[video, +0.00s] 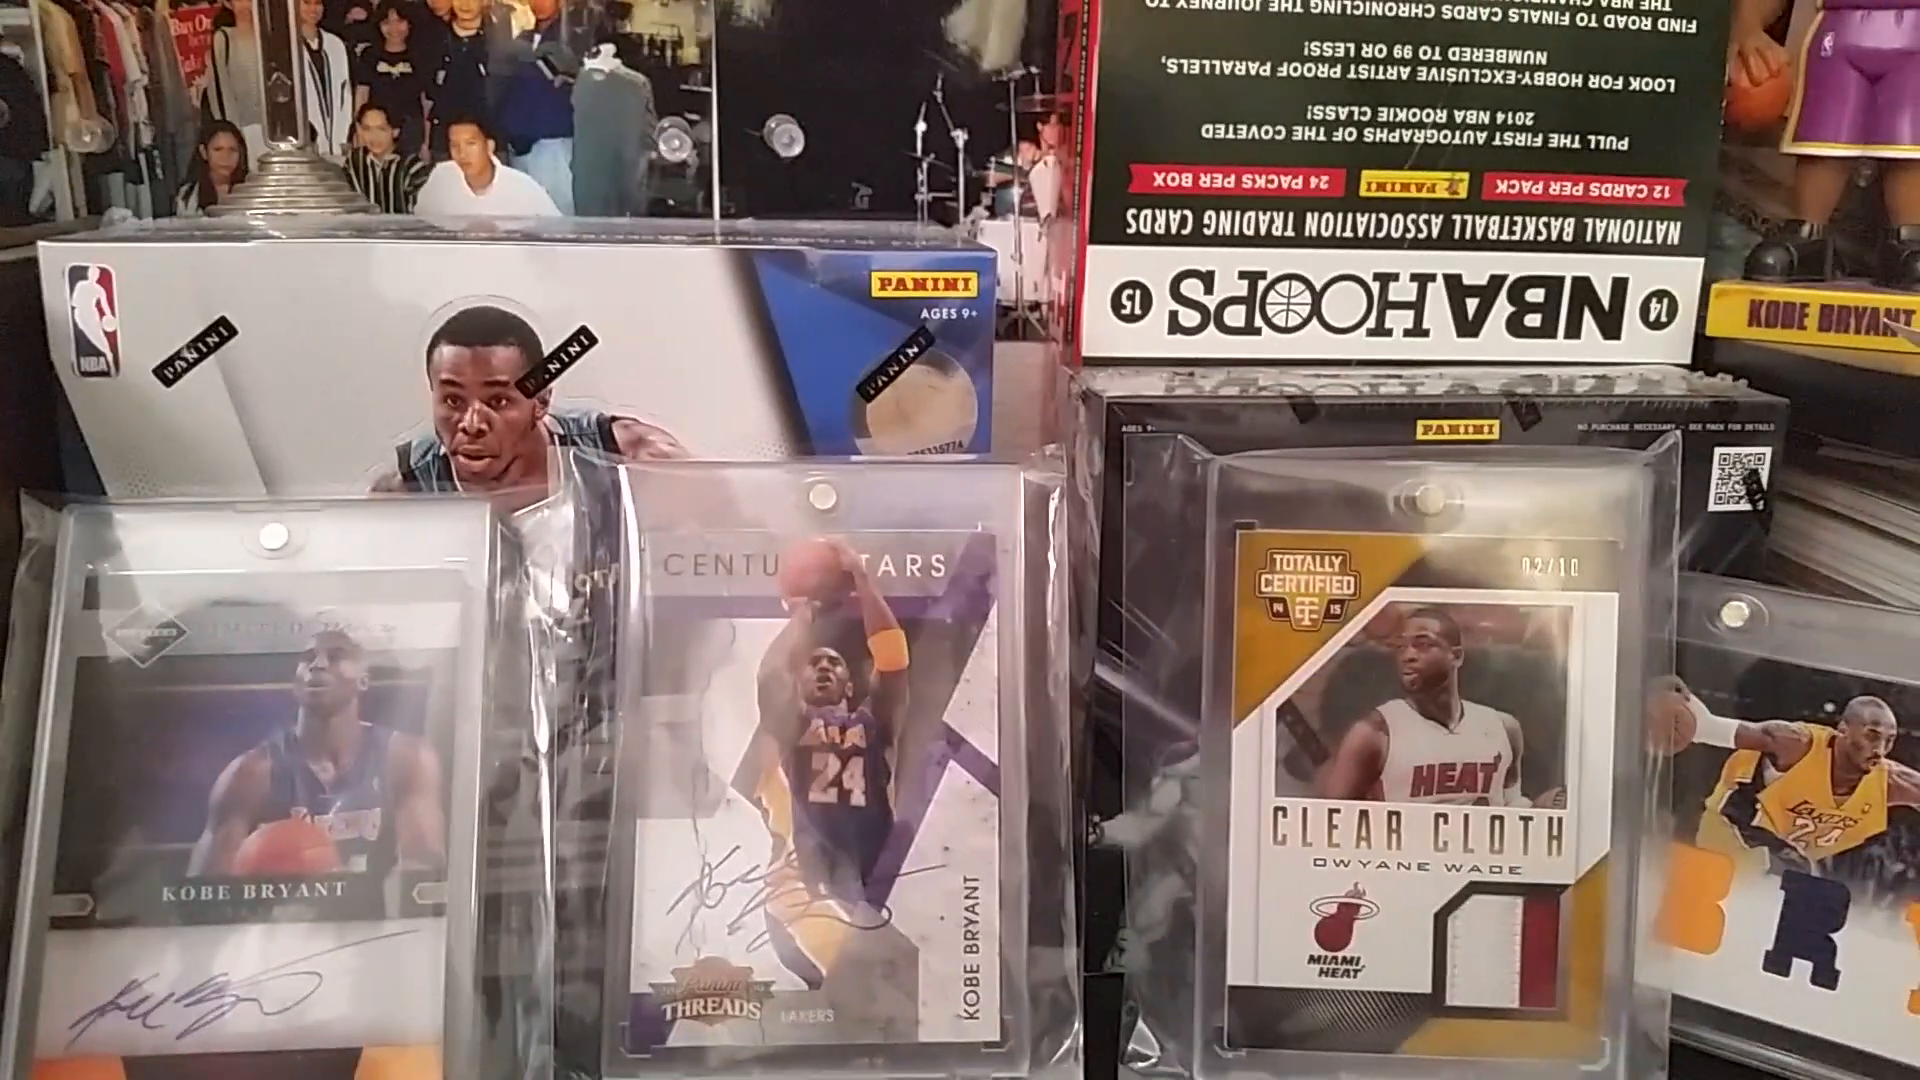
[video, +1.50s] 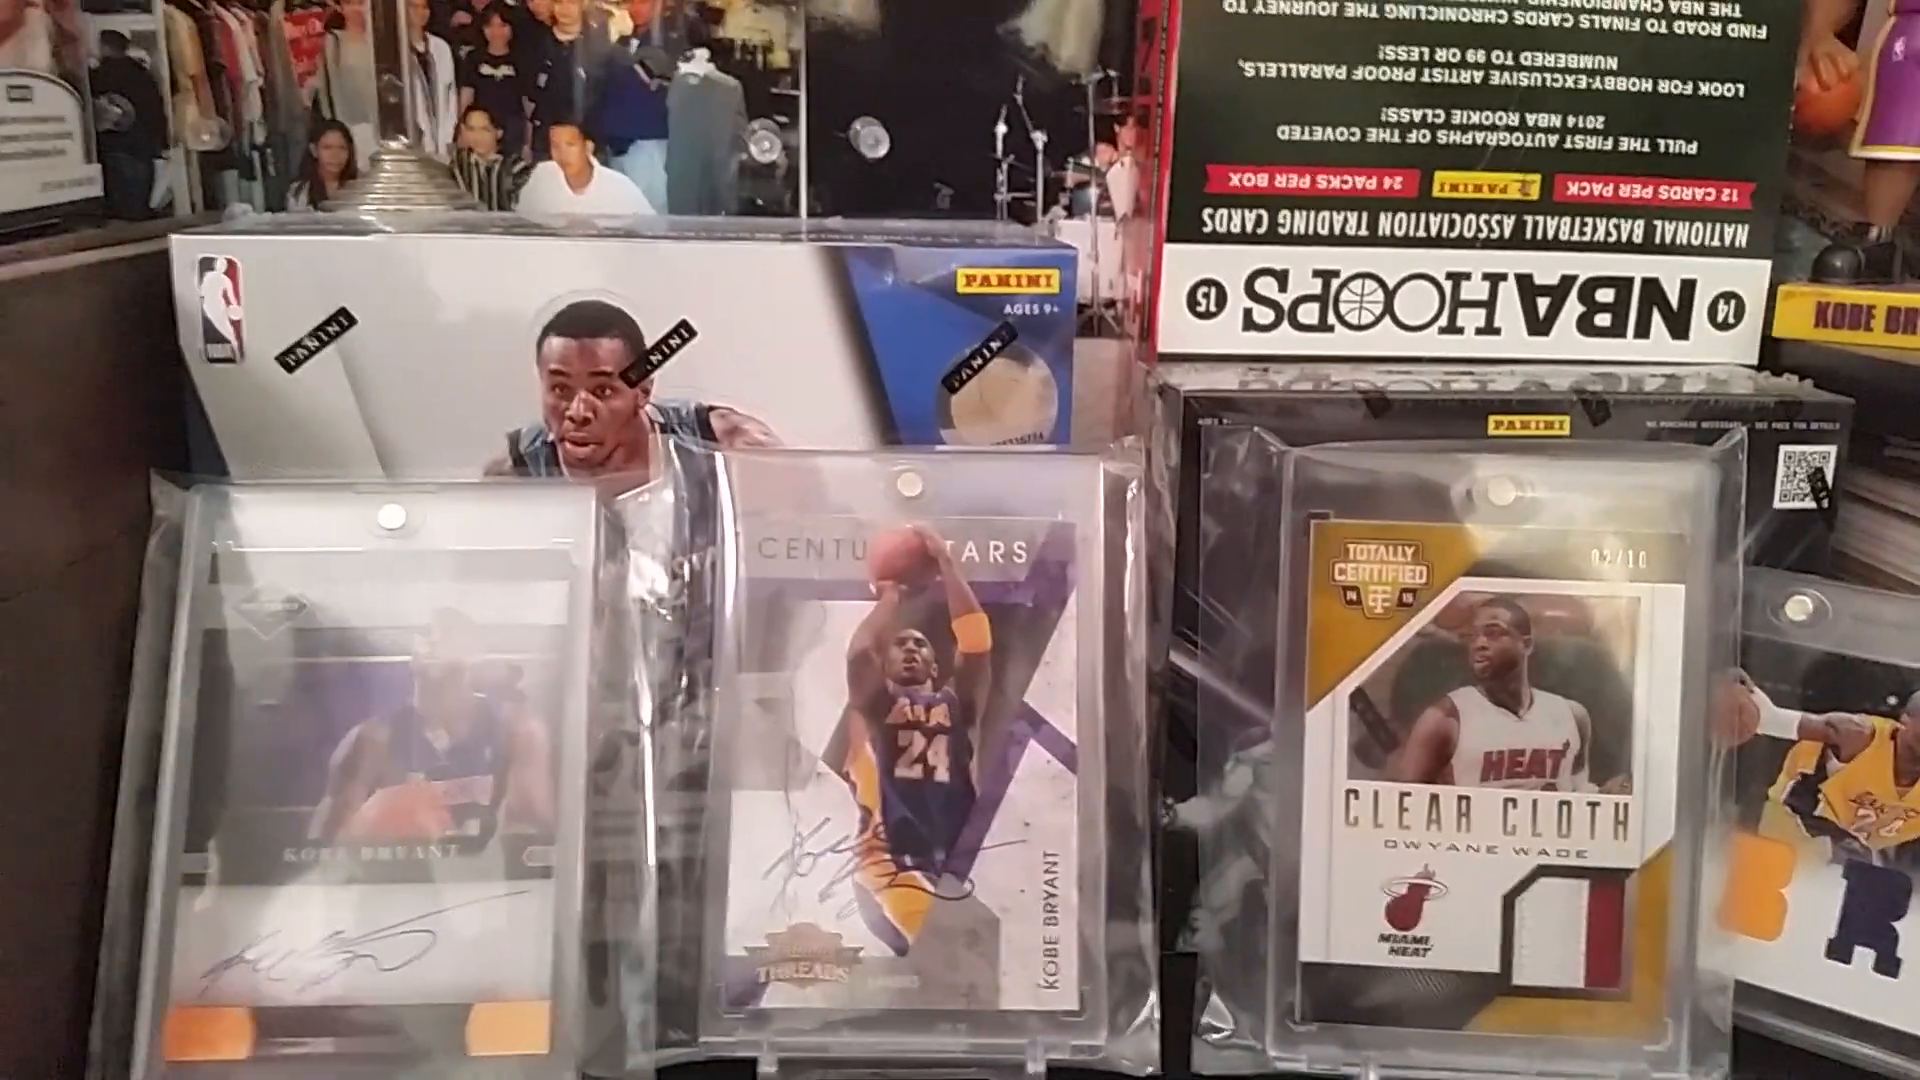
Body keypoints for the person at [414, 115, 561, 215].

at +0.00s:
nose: (462, 154)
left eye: (471, 144)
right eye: (455, 146)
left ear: (490, 147)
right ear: (449, 150)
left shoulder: (522, 186)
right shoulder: (442, 177)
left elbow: (559, 233)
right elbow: (418, 226)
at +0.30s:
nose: (441, 156)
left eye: (449, 146)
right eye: (433, 148)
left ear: (467, 148)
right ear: (428, 153)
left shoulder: (499, 187)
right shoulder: (420, 178)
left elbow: (536, 232)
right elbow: (396, 227)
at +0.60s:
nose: (461, 154)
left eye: (470, 144)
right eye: (453, 146)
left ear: (488, 146)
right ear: (448, 150)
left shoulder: (519, 184)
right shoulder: (441, 176)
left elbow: (556, 229)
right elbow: (418, 224)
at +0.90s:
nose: (488, 153)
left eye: (497, 143)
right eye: (481, 145)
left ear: (515, 145)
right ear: (476, 150)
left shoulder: (546, 183)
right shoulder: (468, 175)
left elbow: (583, 228)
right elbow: (445, 223)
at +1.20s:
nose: (501, 153)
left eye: (509, 143)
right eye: (493, 145)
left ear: (527, 146)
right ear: (488, 148)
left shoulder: (558, 184)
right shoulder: (480, 176)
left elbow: (595, 229)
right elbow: (456, 223)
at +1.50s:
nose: (562, 153)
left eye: (570, 145)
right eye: (555, 146)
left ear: (588, 148)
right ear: (550, 148)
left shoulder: (618, 186)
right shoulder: (542, 176)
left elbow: (653, 230)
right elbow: (520, 223)